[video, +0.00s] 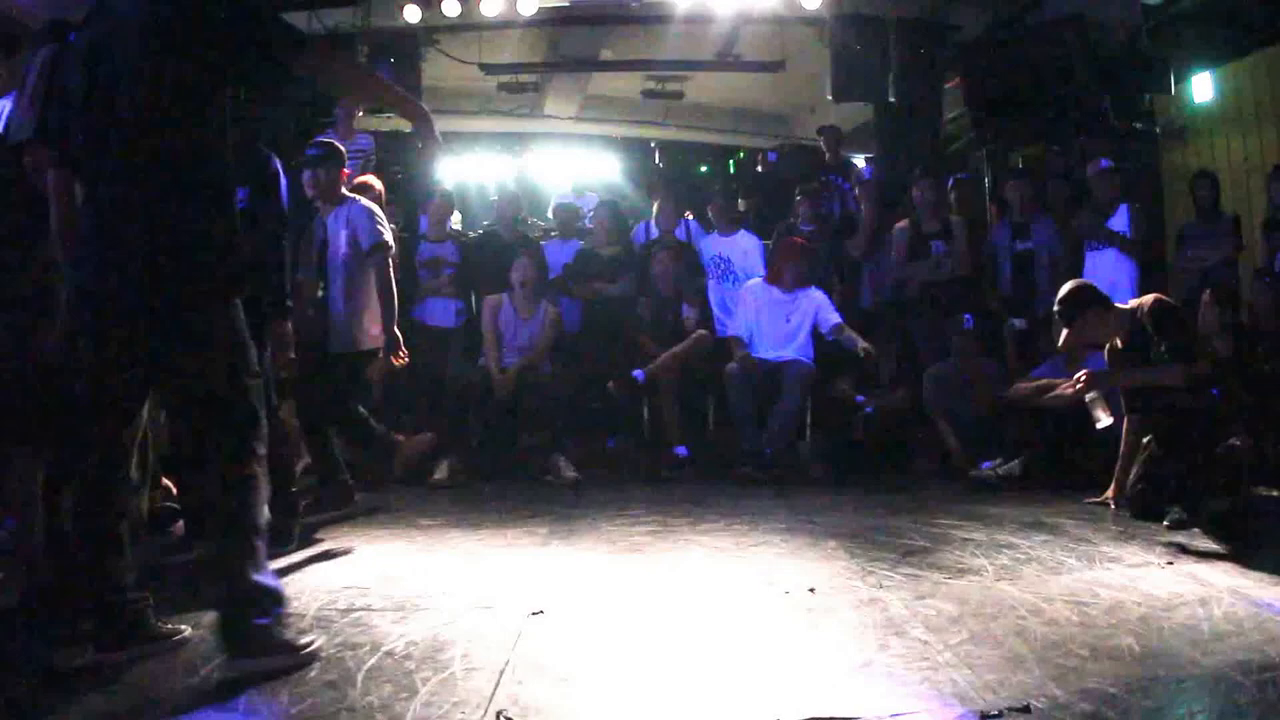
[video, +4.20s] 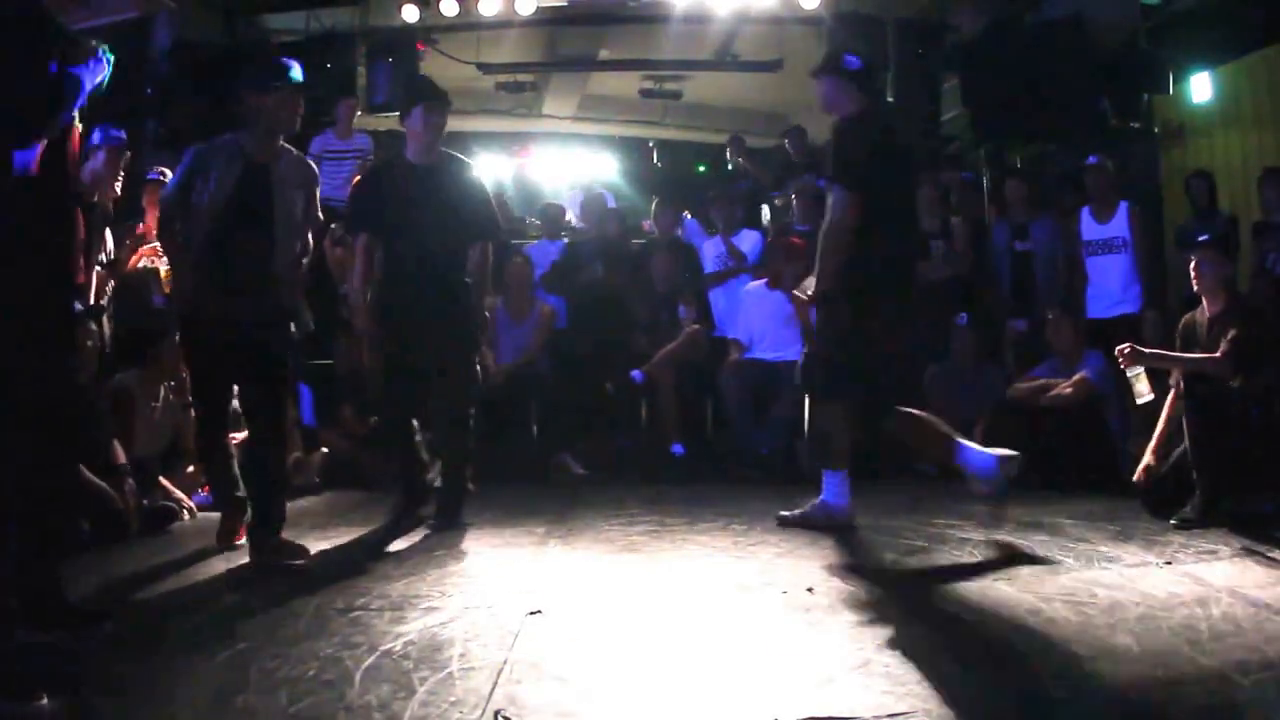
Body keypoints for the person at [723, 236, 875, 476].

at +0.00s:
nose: (800, 272)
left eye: (802, 265)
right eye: (794, 265)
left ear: (806, 266)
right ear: (779, 265)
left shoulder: (813, 296)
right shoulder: (753, 290)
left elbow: (837, 328)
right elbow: (736, 335)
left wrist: (859, 343)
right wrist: (742, 356)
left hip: (793, 362)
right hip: (758, 360)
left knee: (799, 374)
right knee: (734, 373)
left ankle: (774, 451)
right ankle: (750, 450)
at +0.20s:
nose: (794, 267)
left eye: (798, 262)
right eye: (788, 261)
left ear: (805, 264)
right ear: (776, 262)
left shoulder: (814, 298)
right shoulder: (752, 290)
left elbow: (831, 342)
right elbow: (737, 335)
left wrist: (839, 358)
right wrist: (743, 356)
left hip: (793, 361)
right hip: (759, 359)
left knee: (799, 373)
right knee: (733, 374)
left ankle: (774, 447)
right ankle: (750, 445)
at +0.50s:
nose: (790, 264)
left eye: (793, 258)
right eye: (784, 258)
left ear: (800, 261)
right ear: (771, 262)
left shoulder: (814, 299)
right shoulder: (750, 292)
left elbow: (821, 347)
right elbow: (735, 336)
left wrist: (807, 364)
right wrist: (742, 355)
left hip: (792, 360)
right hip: (758, 359)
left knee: (798, 373)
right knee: (734, 373)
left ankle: (773, 450)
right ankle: (748, 451)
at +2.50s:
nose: (781, 267)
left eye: (787, 261)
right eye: (778, 260)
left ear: (801, 265)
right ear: (771, 263)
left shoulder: (818, 302)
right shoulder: (754, 292)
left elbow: (822, 351)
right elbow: (739, 337)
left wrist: (803, 362)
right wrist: (733, 355)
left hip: (791, 364)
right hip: (755, 363)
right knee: (730, 374)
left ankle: (770, 448)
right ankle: (745, 447)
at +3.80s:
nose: (796, 269)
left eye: (800, 263)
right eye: (790, 262)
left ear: (805, 266)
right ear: (777, 264)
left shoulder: (816, 302)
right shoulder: (752, 292)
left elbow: (821, 351)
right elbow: (738, 339)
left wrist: (802, 360)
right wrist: (733, 357)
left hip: (790, 364)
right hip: (754, 363)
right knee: (730, 374)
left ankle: (778, 449)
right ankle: (747, 447)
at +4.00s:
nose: (794, 269)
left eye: (799, 263)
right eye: (788, 262)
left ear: (805, 266)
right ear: (776, 264)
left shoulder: (816, 301)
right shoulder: (753, 292)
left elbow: (821, 352)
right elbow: (740, 339)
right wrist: (733, 356)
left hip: (792, 361)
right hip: (756, 360)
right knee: (732, 376)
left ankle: (775, 450)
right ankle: (745, 448)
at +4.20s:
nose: (793, 268)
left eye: (796, 262)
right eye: (789, 260)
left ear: (802, 265)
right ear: (773, 262)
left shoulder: (805, 294)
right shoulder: (752, 292)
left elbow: (812, 339)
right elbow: (740, 338)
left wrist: (797, 305)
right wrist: (734, 355)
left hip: (791, 361)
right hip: (757, 360)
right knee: (731, 376)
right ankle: (744, 444)